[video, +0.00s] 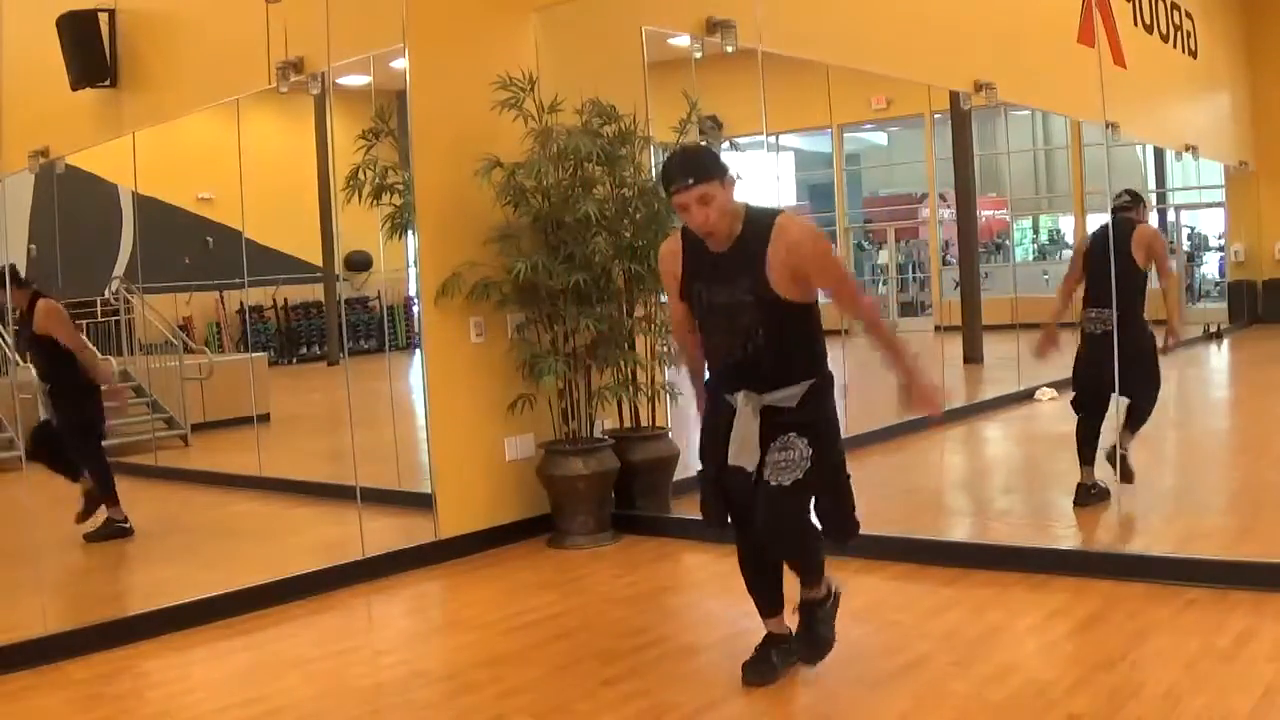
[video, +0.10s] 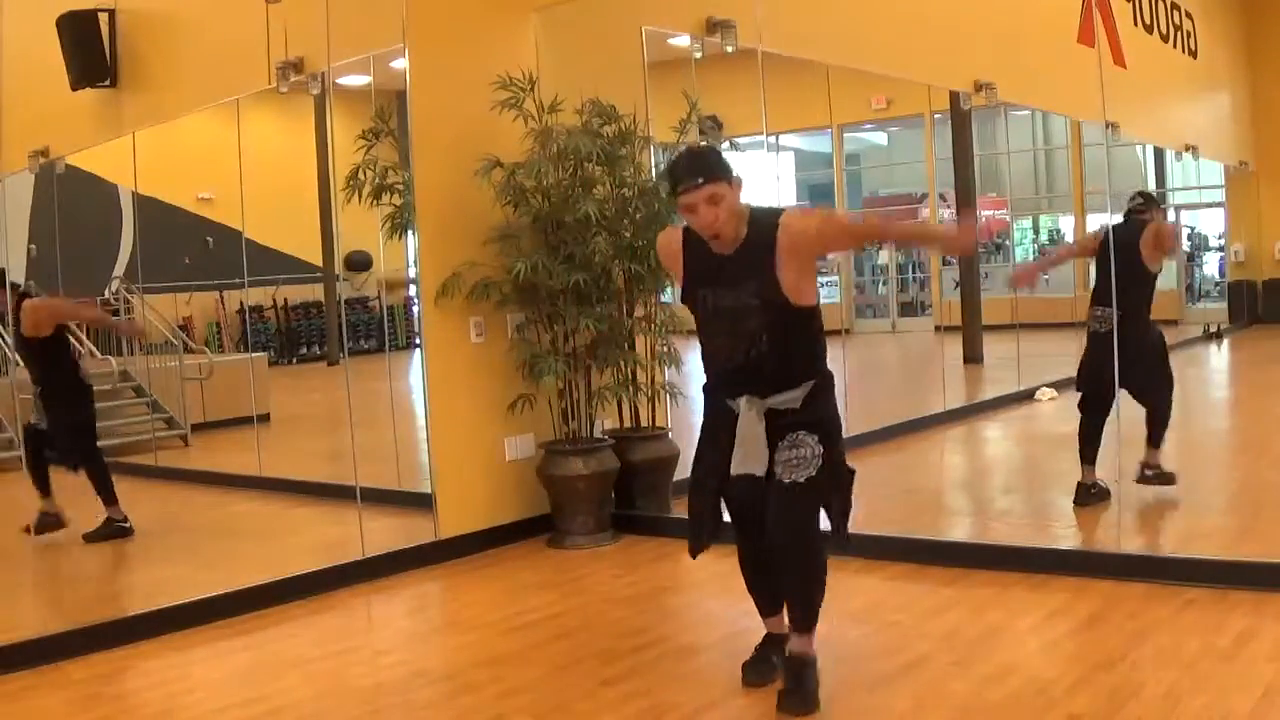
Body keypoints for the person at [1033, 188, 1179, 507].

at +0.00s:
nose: (1146, 218)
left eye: (1145, 214)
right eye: (1146, 213)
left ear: (1114, 211)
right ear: (1140, 211)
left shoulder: (1089, 241)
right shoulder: (1147, 234)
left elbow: (1068, 285)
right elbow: (1167, 279)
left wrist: (1051, 324)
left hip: (1092, 337)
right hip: (1131, 334)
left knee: (1090, 407)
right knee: (1146, 390)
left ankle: (1087, 482)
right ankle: (1122, 444)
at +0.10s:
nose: (1163, 218)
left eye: (1161, 213)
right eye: (1161, 213)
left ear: (1129, 213)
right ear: (1153, 212)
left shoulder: (1105, 235)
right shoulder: (1154, 230)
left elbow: (1067, 251)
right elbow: (1167, 244)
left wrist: (1035, 267)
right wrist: (1171, 239)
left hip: (1099, 336)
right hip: (1136, 336)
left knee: (1094, 405)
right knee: (1160, 394)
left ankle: (1087, 482)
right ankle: (1151, 464)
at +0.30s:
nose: (1204, 236)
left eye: (1203, 229)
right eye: (1200, 227)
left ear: (1162, 218)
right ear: (1184, 219)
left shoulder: (1133, 242)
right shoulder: (1182, 247)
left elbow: (1094, 244)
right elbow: (1193, 217)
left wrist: (1049, 251)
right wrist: (1184, 205)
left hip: (1125, 344)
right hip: (1161, 344)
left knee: (1107, 409)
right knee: (1183, 407)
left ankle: (1090, 478)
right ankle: (1200, 468)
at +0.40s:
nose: (1207, 223)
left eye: (1207, 218)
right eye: (1206, 217)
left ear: (1177, 212)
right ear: (1198, 215)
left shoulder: (1145, 243)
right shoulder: (1200, 242)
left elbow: (1108, 273)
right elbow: (1227, 265)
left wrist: (1076, 302)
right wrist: (1240, 297)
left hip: (1136, 341)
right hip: (1174, 340)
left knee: (1127, 405)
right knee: (1195, 402)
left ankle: (1099, 465)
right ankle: (1203, 469)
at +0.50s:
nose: (1216, 217)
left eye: (1216, 212)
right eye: (1215, 211)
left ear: (1187, 208)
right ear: (1207, 210)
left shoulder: (1158, 239)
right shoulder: (1212, 239)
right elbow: (1241, 285)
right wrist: (1261, 331)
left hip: (1150, 335)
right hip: (1183, 335)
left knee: (1158, 399)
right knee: (1205, 396)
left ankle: (1121, 449)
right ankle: (1204, 469)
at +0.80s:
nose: (1237, 201)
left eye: (1236, 198)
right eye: (1237, 197)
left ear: (1207, 196)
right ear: (1230, 196)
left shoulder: (1189, 222)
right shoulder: (1227, 216)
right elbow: (1246, 209)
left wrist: (1247, 191)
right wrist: (1254, 194)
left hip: (1177, 316)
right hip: (1206, 317)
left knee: (1210, 375)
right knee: (1212, 389)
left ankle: (1237, 417)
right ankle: (1204, 468)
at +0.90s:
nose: (1242, 202)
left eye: (1241, 198)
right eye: (1241, 197)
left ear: (1213, 198)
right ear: (1235, 197)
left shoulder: (1196, 225)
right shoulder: (1235, 217)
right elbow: (1255, 208)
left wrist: (1248, 191)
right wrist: (1257, 195)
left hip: (1190, 320)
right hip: (1219, 323)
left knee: (1228, 374)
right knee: (1218, 392)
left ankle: (1255, 413)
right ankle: (1205, 468)